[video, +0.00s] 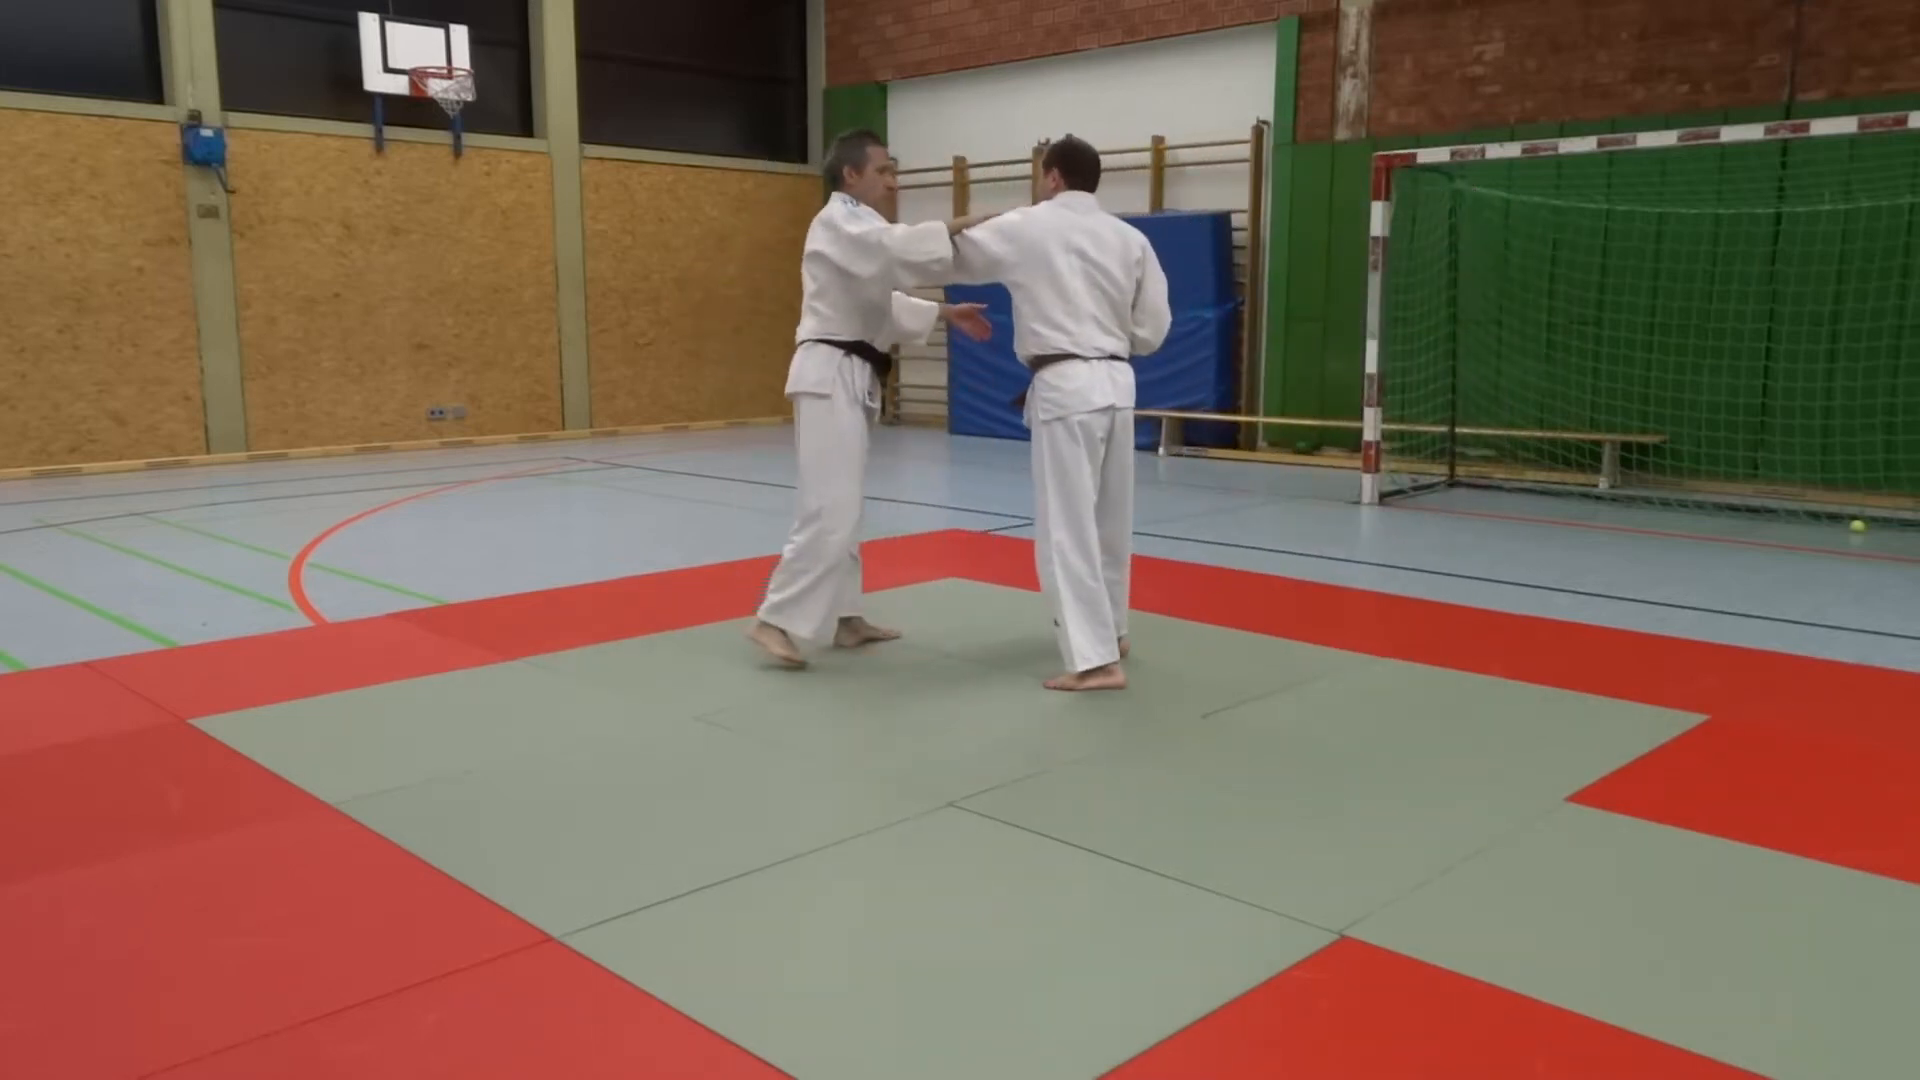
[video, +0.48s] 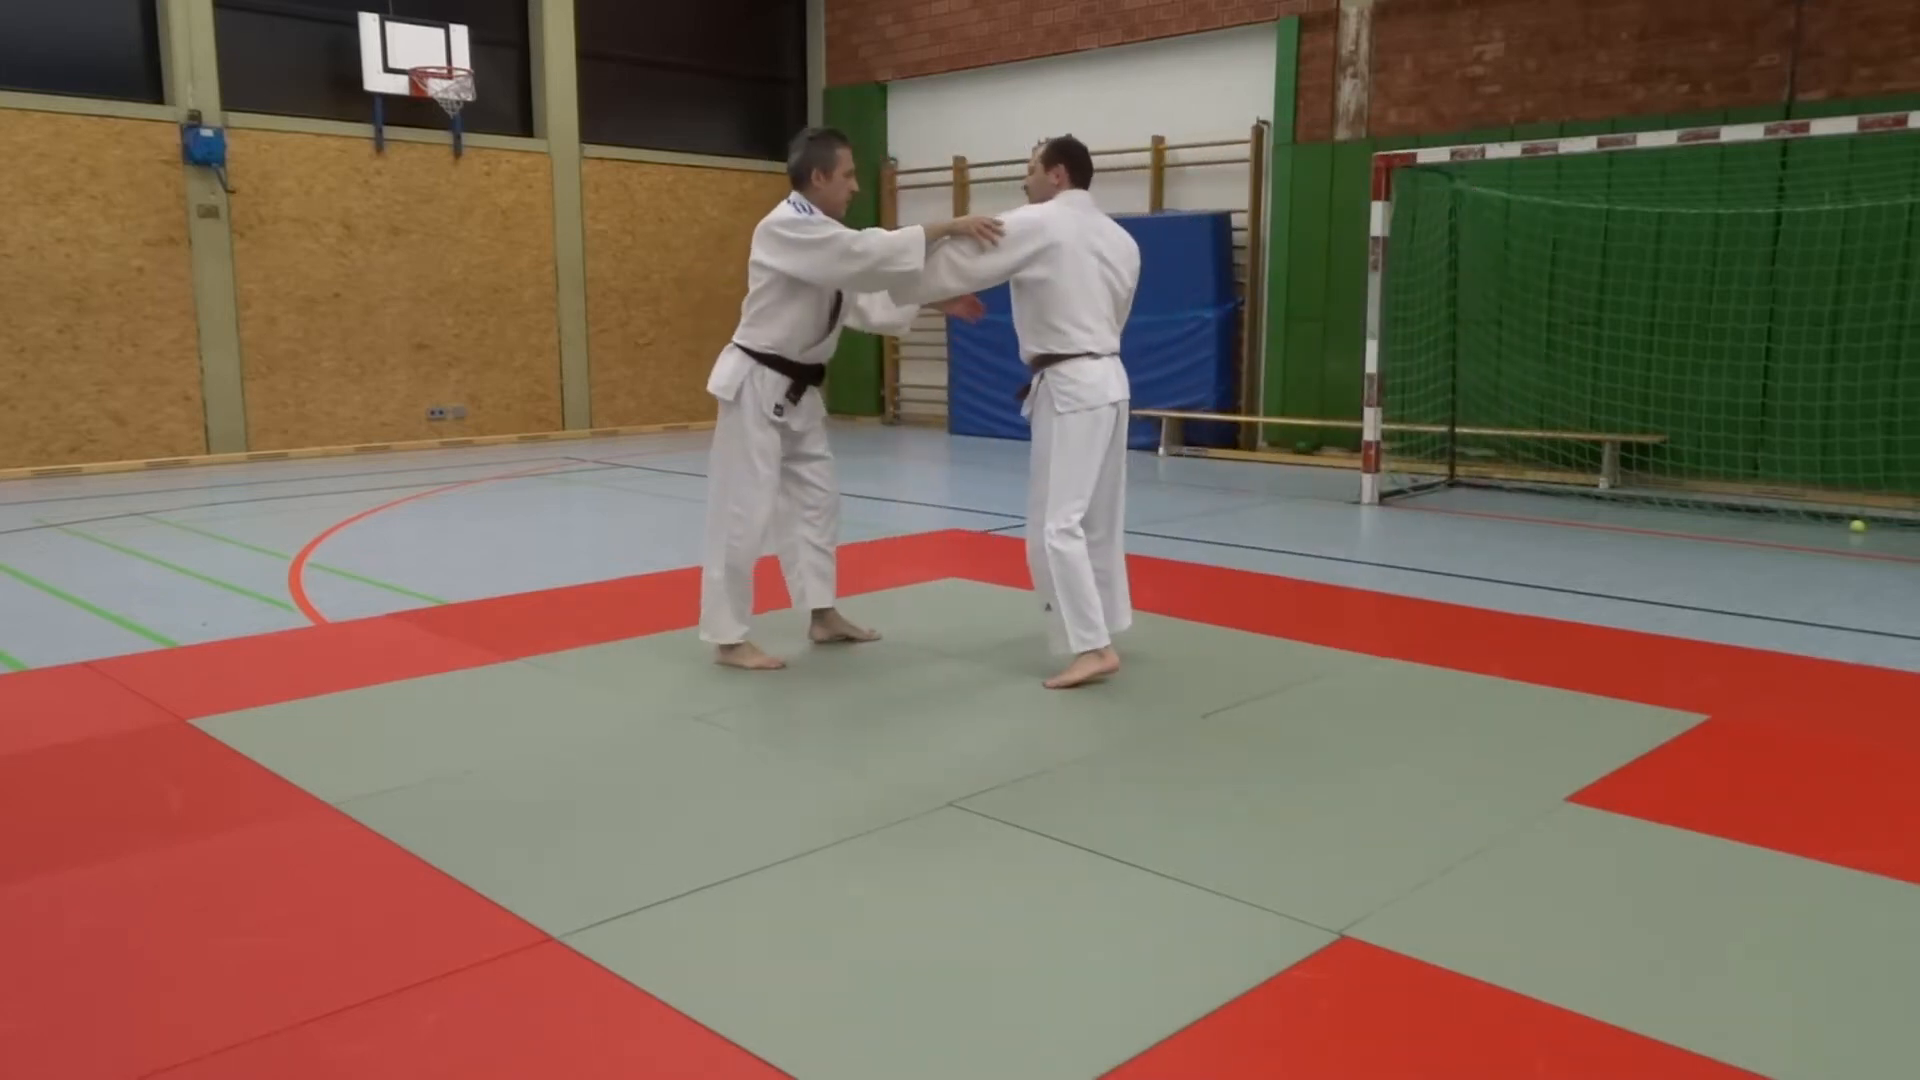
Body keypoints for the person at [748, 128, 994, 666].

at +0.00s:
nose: (895, 180)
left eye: (893, 171)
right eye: (885, 170)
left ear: (859, 177)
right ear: (852, 175)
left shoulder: (859, 226)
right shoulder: (836, 219)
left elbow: (877, 302)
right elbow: (892, 246)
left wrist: (946, 313)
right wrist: (967, 229)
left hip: (852, 372)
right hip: (828, 369)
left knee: (845, 503)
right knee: (832, 505)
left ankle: (845, 617)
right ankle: (775, 621)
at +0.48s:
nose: (856, 188)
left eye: (855, 177)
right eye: (848, 177)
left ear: (822, 178)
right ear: (816, 178)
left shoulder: (828, 237)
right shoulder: (782, 227)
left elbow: (868, 298)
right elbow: (859, 251)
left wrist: (938, 299)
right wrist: (947, 228)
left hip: (802, 389)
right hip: (756, 382)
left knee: (816, 499)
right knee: (742, 507)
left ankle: (823, 616)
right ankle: (727, 638)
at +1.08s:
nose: (894, 184)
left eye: (894, 176)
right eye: (883, 176)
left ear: (887, 183)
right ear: (849, 181)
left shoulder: (883, 240)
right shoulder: (831, 220)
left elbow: (921, 304)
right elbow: (896, 239)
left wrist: (999, 292)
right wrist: (991, 231)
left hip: (836, 386)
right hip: (792, 378)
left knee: (848, 501)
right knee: (771, 508)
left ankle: (845, 615)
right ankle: (737, 635)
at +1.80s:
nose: (893, 184)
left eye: (893, 173)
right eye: (888, 173)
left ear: (850, 171)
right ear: (859, 172)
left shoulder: (842, 215)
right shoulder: (843, 218)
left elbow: (906, 262)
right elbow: (913, 282)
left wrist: (975, 274)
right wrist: (1008, 276)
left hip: (824, 383)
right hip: (802, 380)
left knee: (834, 514)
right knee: (802, 527)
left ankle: (806, 633)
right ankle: (774, 680)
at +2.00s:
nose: (832, 169)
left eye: (829, 160)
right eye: (825, 159)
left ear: (790, 166)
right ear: (800, 164)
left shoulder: (790, 211)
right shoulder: (789, 207)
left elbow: (863, 261)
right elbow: (869, 246)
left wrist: (927, 244)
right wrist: (969, 242)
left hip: (783, 381)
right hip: (771, 381)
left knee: (794, 527)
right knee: (791, 530)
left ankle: (789, 656)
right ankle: (777, 676)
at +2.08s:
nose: (815, 163)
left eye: (812, 153)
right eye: (808, 153)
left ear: (770, 161)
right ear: (782, 158)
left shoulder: (771, 211)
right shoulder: (771, 204)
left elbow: (800, 314)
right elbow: (857, 243)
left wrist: (867, 312)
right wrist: (956, 234)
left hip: (771, 383)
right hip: (758, 383)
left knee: (792, 525)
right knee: (789, 529)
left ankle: (784, 652)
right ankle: (743, 670)